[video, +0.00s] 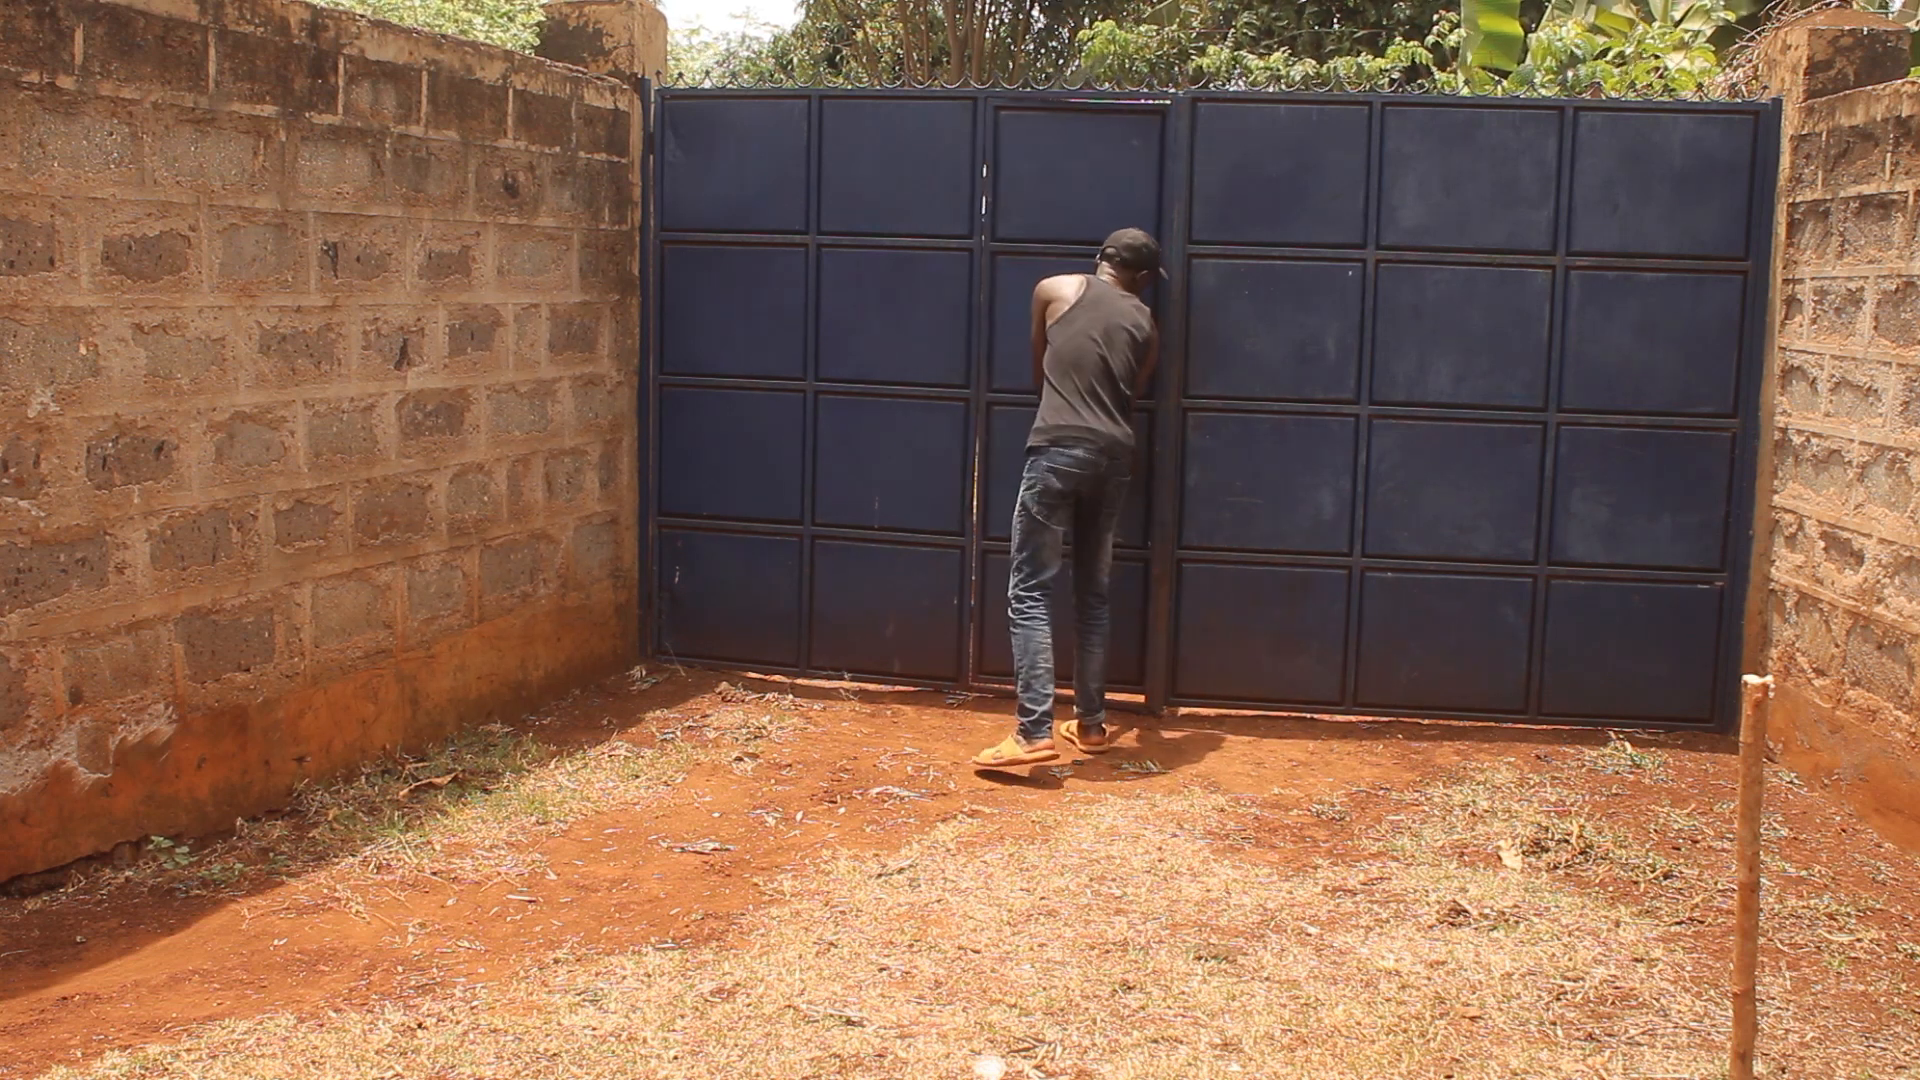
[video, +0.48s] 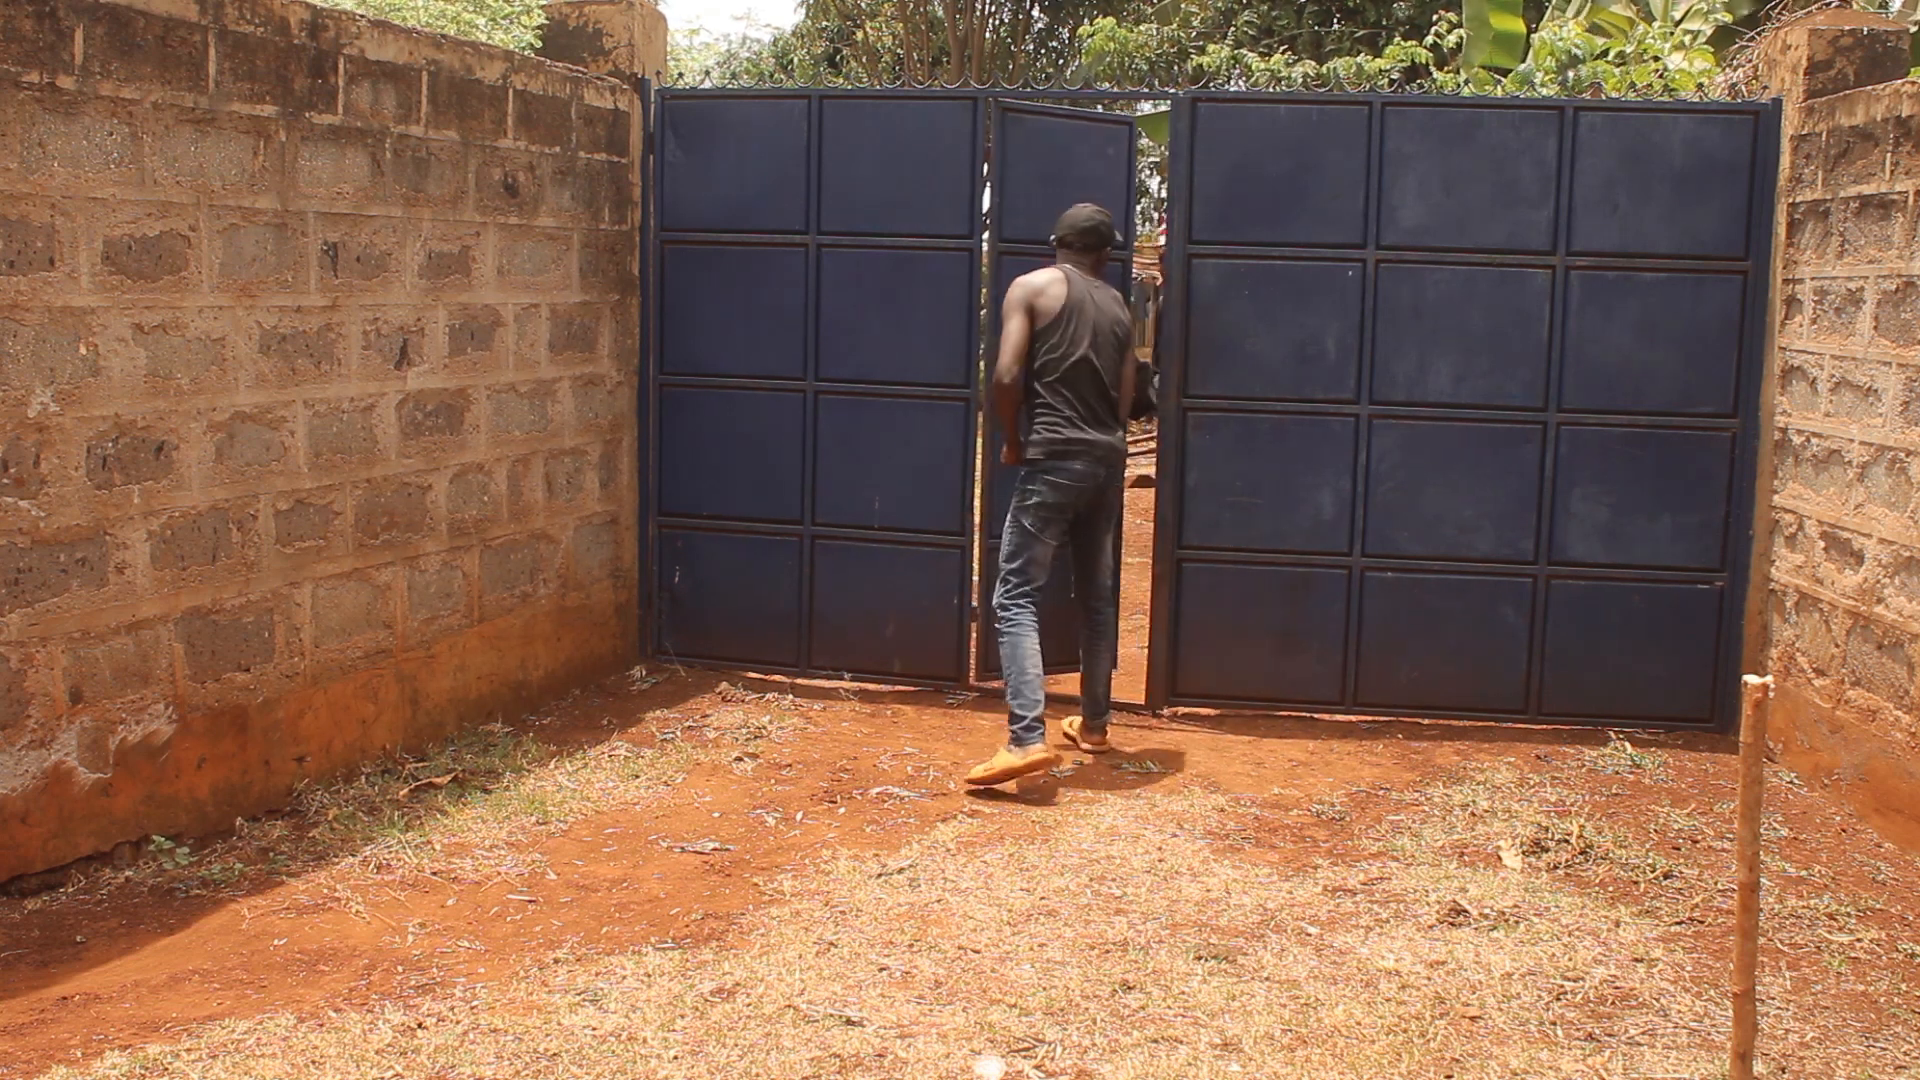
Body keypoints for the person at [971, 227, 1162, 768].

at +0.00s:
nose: (1143, 285)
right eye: (1146, 278)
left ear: (1099, 259)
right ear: (1142, 277)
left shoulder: (1054, 288)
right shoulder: (1146, 322)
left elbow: (1041, 367)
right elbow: (1136, 387)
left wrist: (1069, 404)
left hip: (1057, 449)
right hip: (1113, 457)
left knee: (1029, 590)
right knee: (1094, 595)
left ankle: (1035, 732)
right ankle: (1092, 725)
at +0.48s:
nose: (1061, 251)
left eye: (1059, 242)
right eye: (1108, 253)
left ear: (1056, 245)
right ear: (1107, 253)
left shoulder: (1029, 287)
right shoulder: (1120, 308)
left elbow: (1007, 376)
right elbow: (1127, 403)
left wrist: (1010, 439)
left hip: (1050, 461)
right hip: (1107, 464)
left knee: (1015, 597)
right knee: (1100, 600)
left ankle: (1026, 739)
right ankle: (1094, 725)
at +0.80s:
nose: (986, 241)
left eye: (986, 232)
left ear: (989, 234)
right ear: (1039, 235)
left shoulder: (972, 290)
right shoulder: (1067, 295)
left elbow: (958, 390)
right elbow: (1091, 398)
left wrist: (971, 436)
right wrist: (1087, 475)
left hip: (1014, 471)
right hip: (1066, 467)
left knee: (1010, 617)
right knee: (1046, 596)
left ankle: (1026, 766)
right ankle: (1065, 720)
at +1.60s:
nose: (989, 227)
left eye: (987, 219)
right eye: (987, 219)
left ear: (931, 221)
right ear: (974, 223)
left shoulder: (896, 271)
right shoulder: (974, 288)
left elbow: (918, 334)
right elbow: (969, 392)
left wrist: (991, 304)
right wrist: (998, 472)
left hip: (886, 448)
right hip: (939, 461)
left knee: (901, 581)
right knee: (946, 603)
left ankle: (852, 704)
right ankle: (933, 740)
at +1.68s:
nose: (979, 228)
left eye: (978, 219)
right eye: (978, 220)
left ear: (922, 220)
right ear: (966, 224)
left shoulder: (891, 272)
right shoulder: (961, 285)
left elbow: (920, 342)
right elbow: (953, 390)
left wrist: (991, 309)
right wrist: (992, 474)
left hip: (879, 451)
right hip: (930, 462)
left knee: (892, 584)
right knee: (942, 602)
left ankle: (858, 706)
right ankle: (933, 738)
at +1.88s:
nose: (960, 230)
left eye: (958, 220)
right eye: (956, 221)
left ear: (906, 221)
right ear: (938, 224)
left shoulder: (878, 274)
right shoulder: (926, 285)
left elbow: (931, 356)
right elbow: (911, 382)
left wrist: (992, 309)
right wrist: (946, 473)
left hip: (862, 447)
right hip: (899, 455)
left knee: (882, 587)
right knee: (929, 596)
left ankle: (856, 710)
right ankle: (929, 734)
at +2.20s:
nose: (944, 221)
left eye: (941, 211)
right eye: (938, 211)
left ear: (902, 219)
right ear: (914, 217)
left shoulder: (883, 274)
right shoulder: (890, 282)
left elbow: (927, 356)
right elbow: (864, 378)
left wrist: (992, 307)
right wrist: (874, 473)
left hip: (878, 452)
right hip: (889, 458)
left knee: (873, 585)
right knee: (905, 588)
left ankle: (854, 710)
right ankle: (885, 728)